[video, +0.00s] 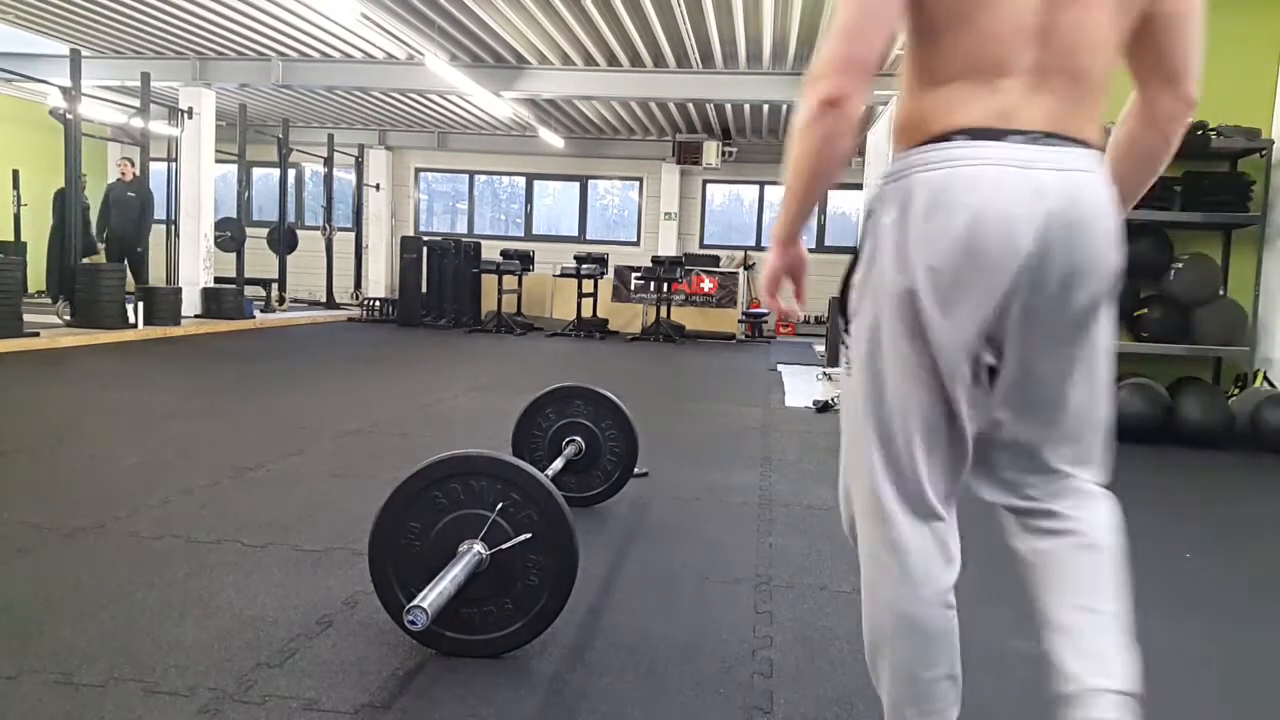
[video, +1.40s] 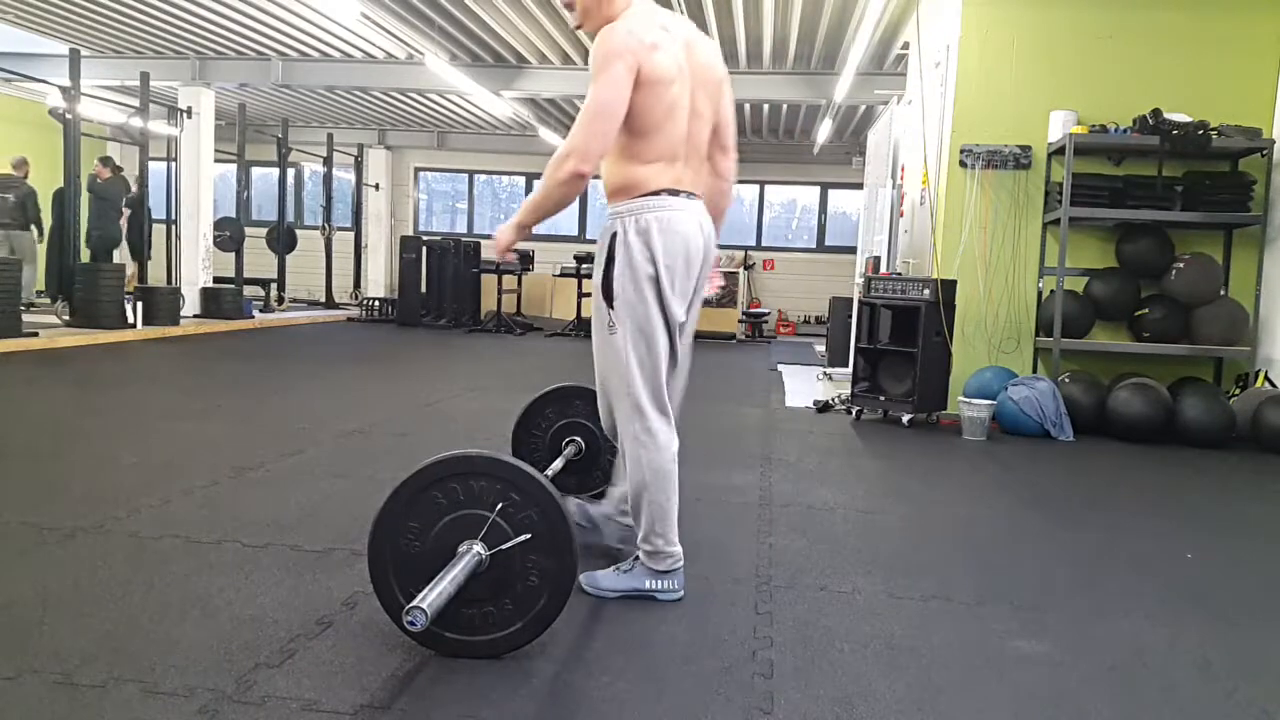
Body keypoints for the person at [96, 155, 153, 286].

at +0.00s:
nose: (122, 168)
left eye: (125, 165)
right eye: (119, 165)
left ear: (132, 168)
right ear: (117, 168)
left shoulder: (143, 189)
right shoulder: (111, 188)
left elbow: (147, 218)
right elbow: (103, 213)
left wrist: (142, 242)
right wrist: (99, 236)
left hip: (135, 242)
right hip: (114, 242)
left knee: (141, 283)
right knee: (113, 281)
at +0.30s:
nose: (109, 168)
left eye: (112, 165)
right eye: (109, 165)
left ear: (122, 168)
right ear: (109, 168)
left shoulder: (132, 187)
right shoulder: (104, 188)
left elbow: (135, 215)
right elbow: (95, 212)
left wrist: (123, 237)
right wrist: (93, 235)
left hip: (123, 238)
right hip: (104, 238)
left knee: (126, 273)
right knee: (106, 273)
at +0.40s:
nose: (106, 169)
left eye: (110, 165)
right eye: (106, 165)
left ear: (120, 168)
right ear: (106, 169)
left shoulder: (129, 187)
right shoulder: (103, 188)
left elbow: (132, 214)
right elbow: (93, 214)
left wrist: (110, 224)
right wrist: (89, 236)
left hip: (121, 237)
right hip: (102, 237)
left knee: (120, 272)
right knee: (104, 272)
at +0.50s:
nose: (105, 169)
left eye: (109, 166)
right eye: (105, 166)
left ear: (119, 168)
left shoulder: (126, 185)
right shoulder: (105, 187)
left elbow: (128, 209)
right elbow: (94, 214)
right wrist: (89, 238)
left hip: (119, 238)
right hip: (102, 237)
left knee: (115, 273)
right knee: (102, 273)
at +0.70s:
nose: (102, 170)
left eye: (105, 167)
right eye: (102, 167)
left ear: (115, 168)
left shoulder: (125, 183)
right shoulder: (102, 188)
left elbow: (111, 195)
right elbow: (93, 213)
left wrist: (98, 183)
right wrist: (87, 236)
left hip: (117, 235)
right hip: (101, 234)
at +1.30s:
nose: (95, 170)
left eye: (97, 167)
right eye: (95, 167)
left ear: (107, 168)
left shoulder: (118, 183)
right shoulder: (101, 184)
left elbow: (94, 188)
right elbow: (94, 215)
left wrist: (93, 176)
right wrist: (90, 235)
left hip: (109, 232)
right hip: (97, 231)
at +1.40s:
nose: (94, 169)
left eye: (97, 166)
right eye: (95, 166)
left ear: (106, 168)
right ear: (108, 168)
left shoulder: (112, 185)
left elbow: (92, 187)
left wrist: (92, 175)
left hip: (104, 233)